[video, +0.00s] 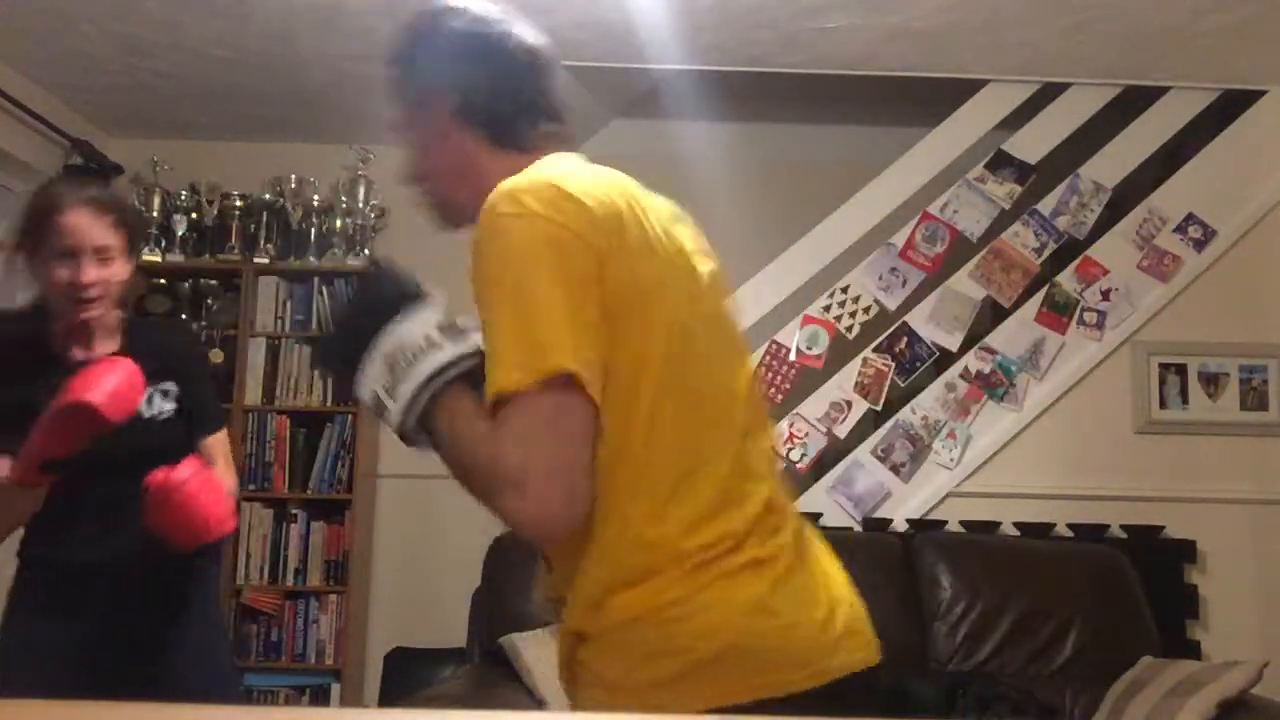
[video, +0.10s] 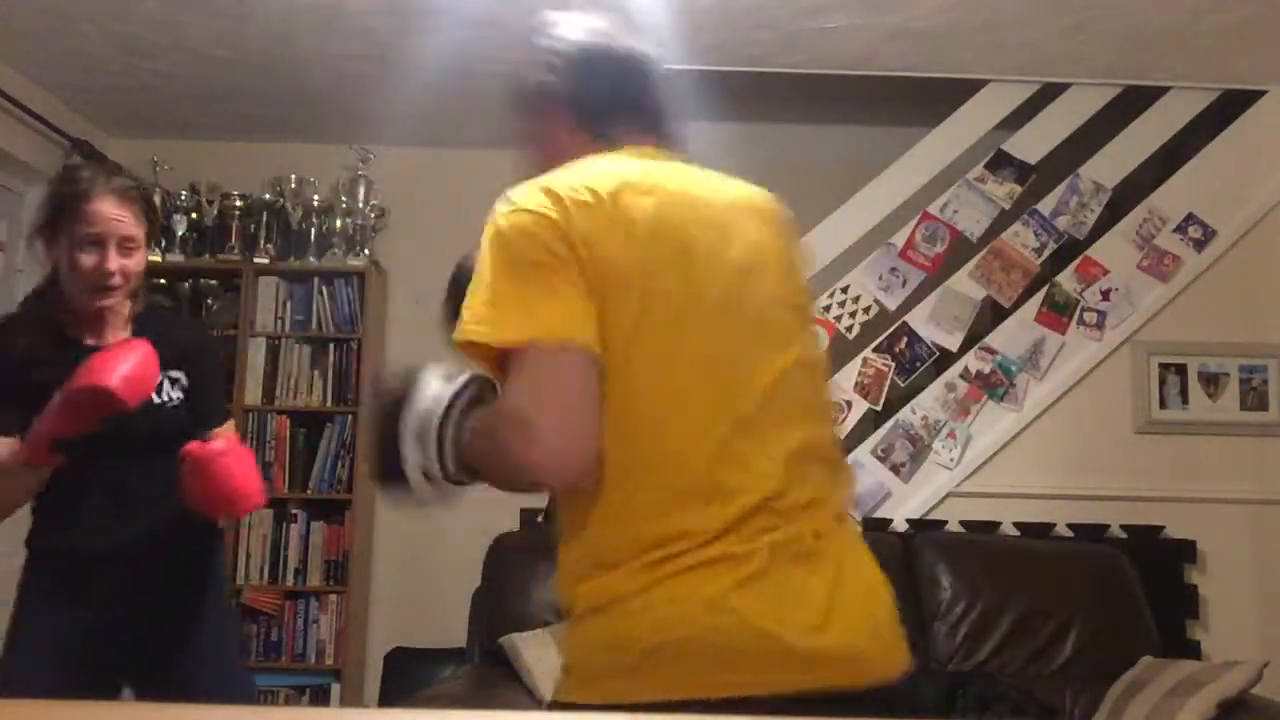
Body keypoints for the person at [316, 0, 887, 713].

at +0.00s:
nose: (408, 169)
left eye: (410, 133)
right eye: (406, 138)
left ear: (447, 114)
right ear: (529, 106)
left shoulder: (529, 207)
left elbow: (543, 498)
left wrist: (412, 366)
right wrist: (452, 365)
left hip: (695, 680)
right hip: (815, 653)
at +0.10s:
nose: (527, 159)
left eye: (529, 133)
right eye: (526, 137)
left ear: (554, 119)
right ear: (650, 120)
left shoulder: (544, 210)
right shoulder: (762, 209)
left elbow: (553, 450)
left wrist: (451, 421)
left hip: (663, 664)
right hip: (850, 650)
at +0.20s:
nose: (638, 172)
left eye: (643, 154)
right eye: (641, 156)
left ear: (664, 145)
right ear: (759, 164)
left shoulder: (598, 236)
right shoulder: (845, 249)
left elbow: (545, 430)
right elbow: (856, 441)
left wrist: (496, 508)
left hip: (658, 673)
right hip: (863, 669)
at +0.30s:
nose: (651, 183)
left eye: (652, 165)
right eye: (651, 170)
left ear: (675, 147)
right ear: (777, 169)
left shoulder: (610, 233)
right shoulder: (866, 249)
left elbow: (542, 405)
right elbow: (886, 418)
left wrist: (532, 461)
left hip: (637, 668)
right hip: (858, 671)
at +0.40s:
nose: (644, 215)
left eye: (645, 202)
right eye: (647, 205)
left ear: (662, 191)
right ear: (765, 199)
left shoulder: (595, 269)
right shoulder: (856, 275)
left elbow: (454, 433)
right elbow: (879, 434)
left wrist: (484, 364)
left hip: (627, 670)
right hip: (829, 674)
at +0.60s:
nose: (659, 201)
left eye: (662, 184)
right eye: (663, 185)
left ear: (680, 181)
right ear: (777, 205)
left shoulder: (601, 252)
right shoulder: (841, 293)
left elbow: (415, 292)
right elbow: (845, 438)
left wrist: (293, 287)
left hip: (595, 665)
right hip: (787, 673)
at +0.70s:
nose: (674, 211)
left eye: (677, 195)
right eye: (678, 196)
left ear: (696, 197)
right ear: (788, 217)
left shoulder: (605, 261)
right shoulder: (855, 303)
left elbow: (406, 256)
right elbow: (857, 468)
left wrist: (316, 219)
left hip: (617, 669)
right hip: (800, 672)